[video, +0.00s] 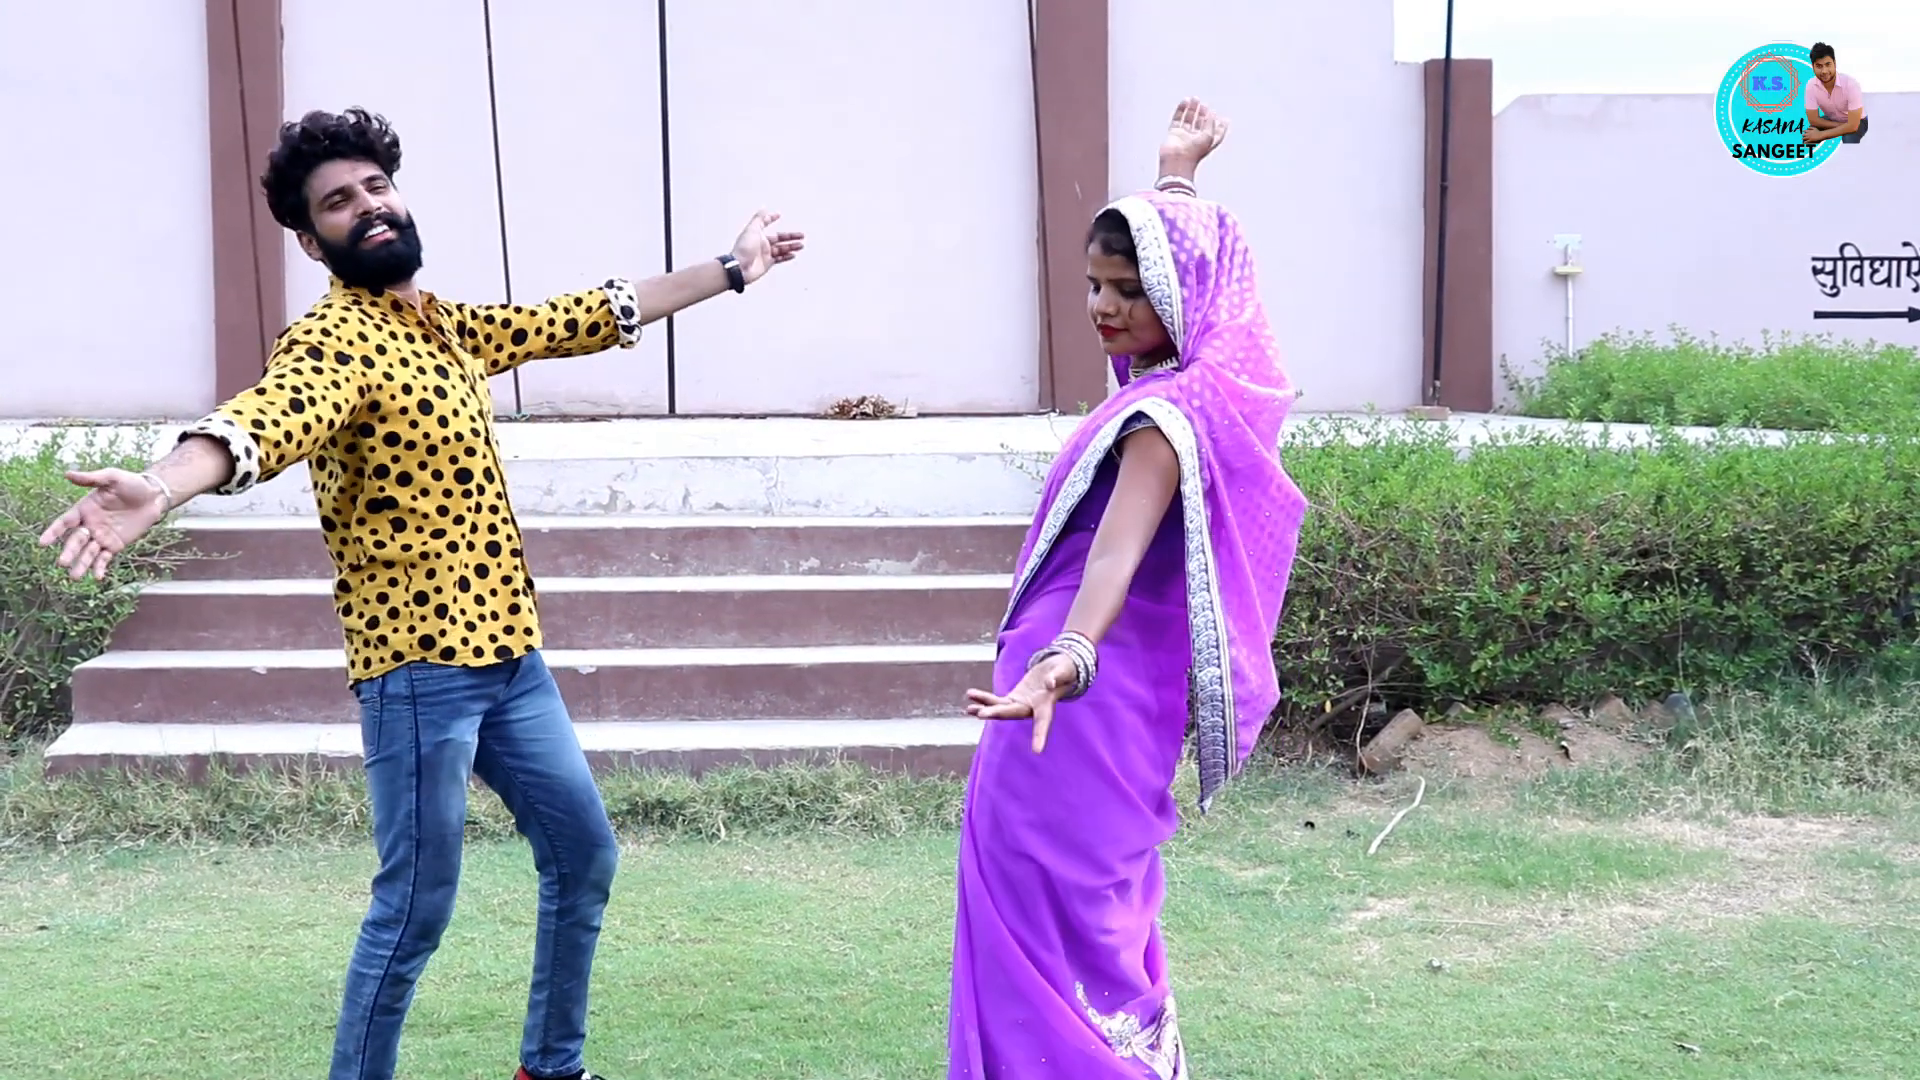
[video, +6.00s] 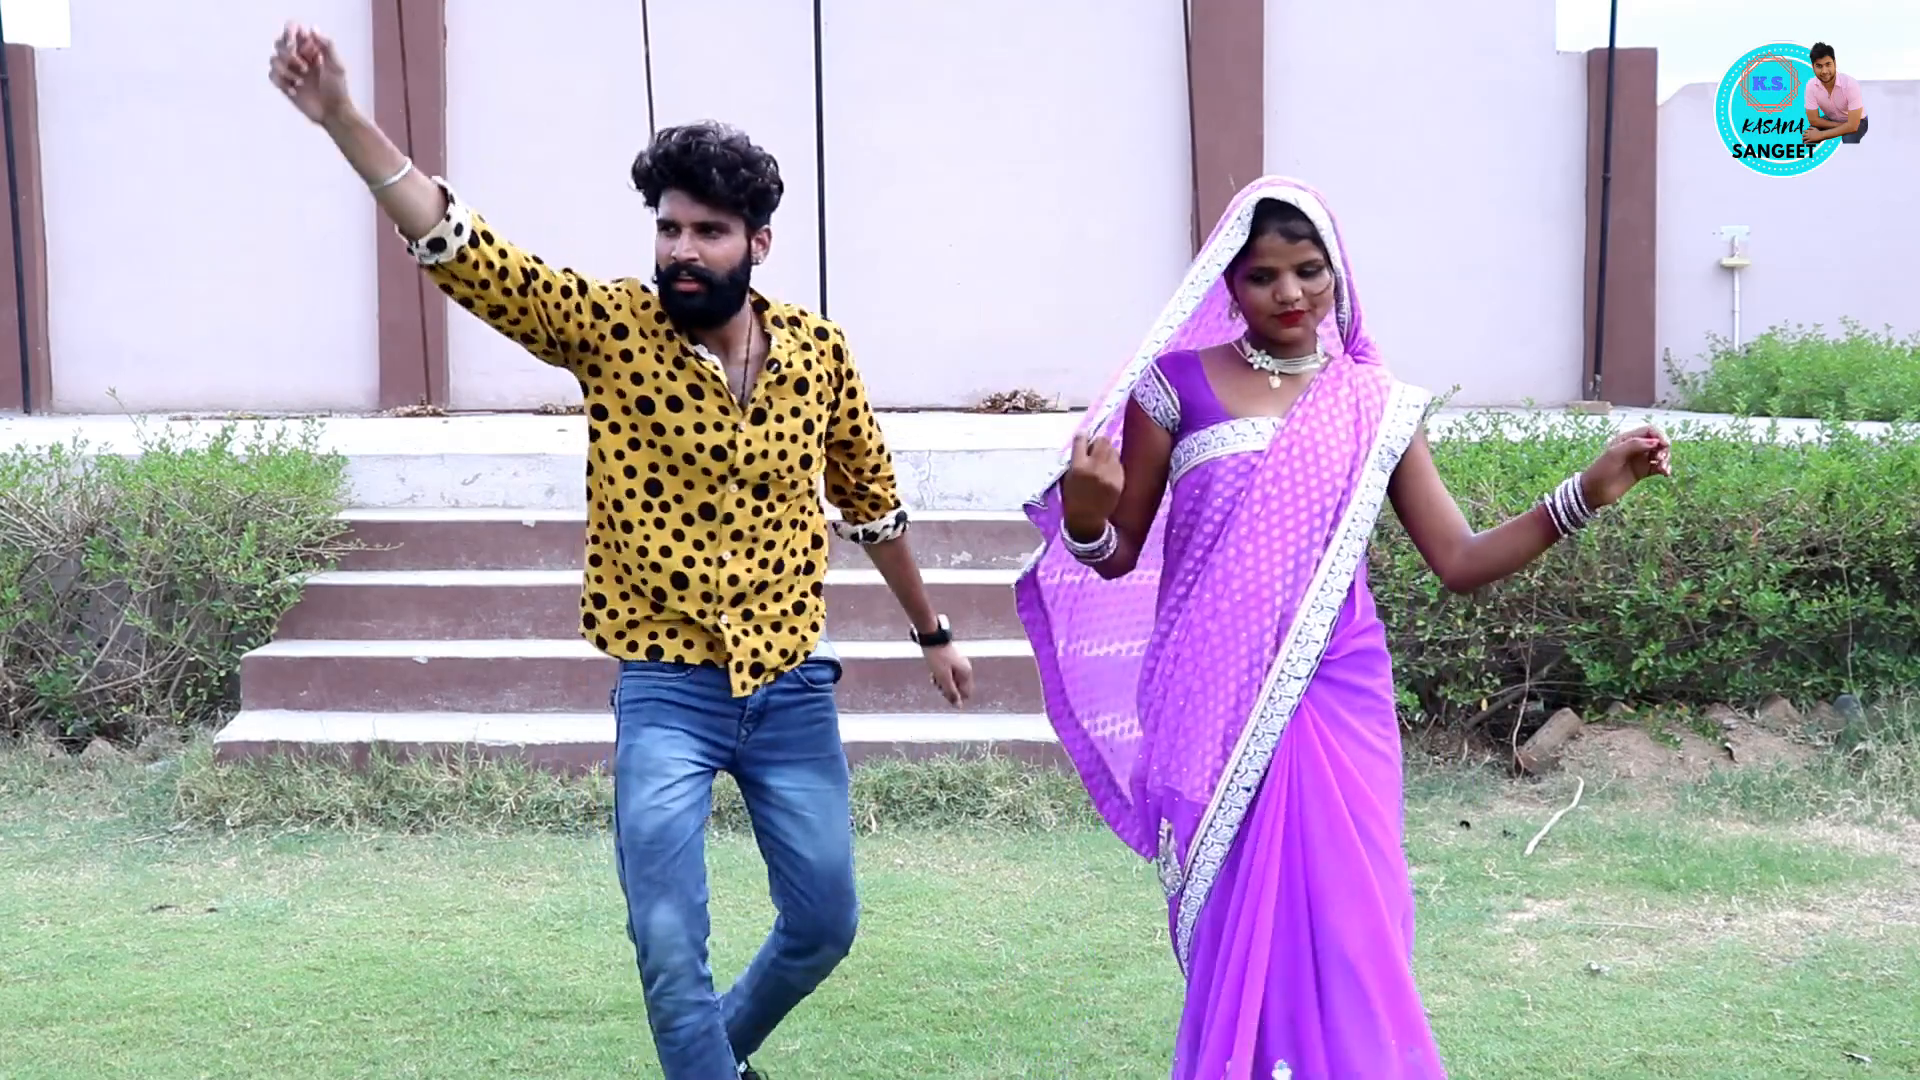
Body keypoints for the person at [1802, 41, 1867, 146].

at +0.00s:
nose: (1824, 71)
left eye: (1828, 65)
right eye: (1819, 66)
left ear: (1835, 64)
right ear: (1813, 67)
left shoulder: (1850, 85)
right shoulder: (1811, 86)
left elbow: (1853, 126)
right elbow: (1813, 120)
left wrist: (1820, 135)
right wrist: (1843, 126)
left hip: (1854, 122)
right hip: (1829, 121)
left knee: (1849, 140)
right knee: (1810, 136)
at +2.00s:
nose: (1824, 71)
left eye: (1828, 65)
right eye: (1819, 66)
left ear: (1835, 63)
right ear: (1813, 67)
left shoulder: (1850, 84)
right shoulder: (1812, 86)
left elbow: (1853, 126)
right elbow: (1813, 120)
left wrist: (1820, 135)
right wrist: (1843, 126)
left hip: (1855, 122)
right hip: (1829, 121)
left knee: (1849, 140)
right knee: (1810, 137)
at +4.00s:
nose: (1824, 71)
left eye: (1828, 65)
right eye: (1819, 66)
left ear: (1835, 63)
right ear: (1813, 67)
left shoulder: (1850, 84)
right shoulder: (1812, 86)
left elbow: (1853, 126)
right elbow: (1813, 120)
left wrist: (1820, 135)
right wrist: (1843, 126)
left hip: (1855, 122)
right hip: (1829, 121)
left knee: (1849, 140)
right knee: (1810, 137)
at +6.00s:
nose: (1824, 71)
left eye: (1828, 65)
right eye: (1819, 66)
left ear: (1835, 63)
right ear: (1813, 67)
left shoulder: (1850, 84)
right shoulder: (1812, 86)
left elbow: (1853, 126)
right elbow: (1813, 120)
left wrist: (1821, 135)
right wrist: (1843, 126)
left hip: (1855, 122)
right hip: (1830, 121)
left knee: (1848, 140)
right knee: (1810, 136)